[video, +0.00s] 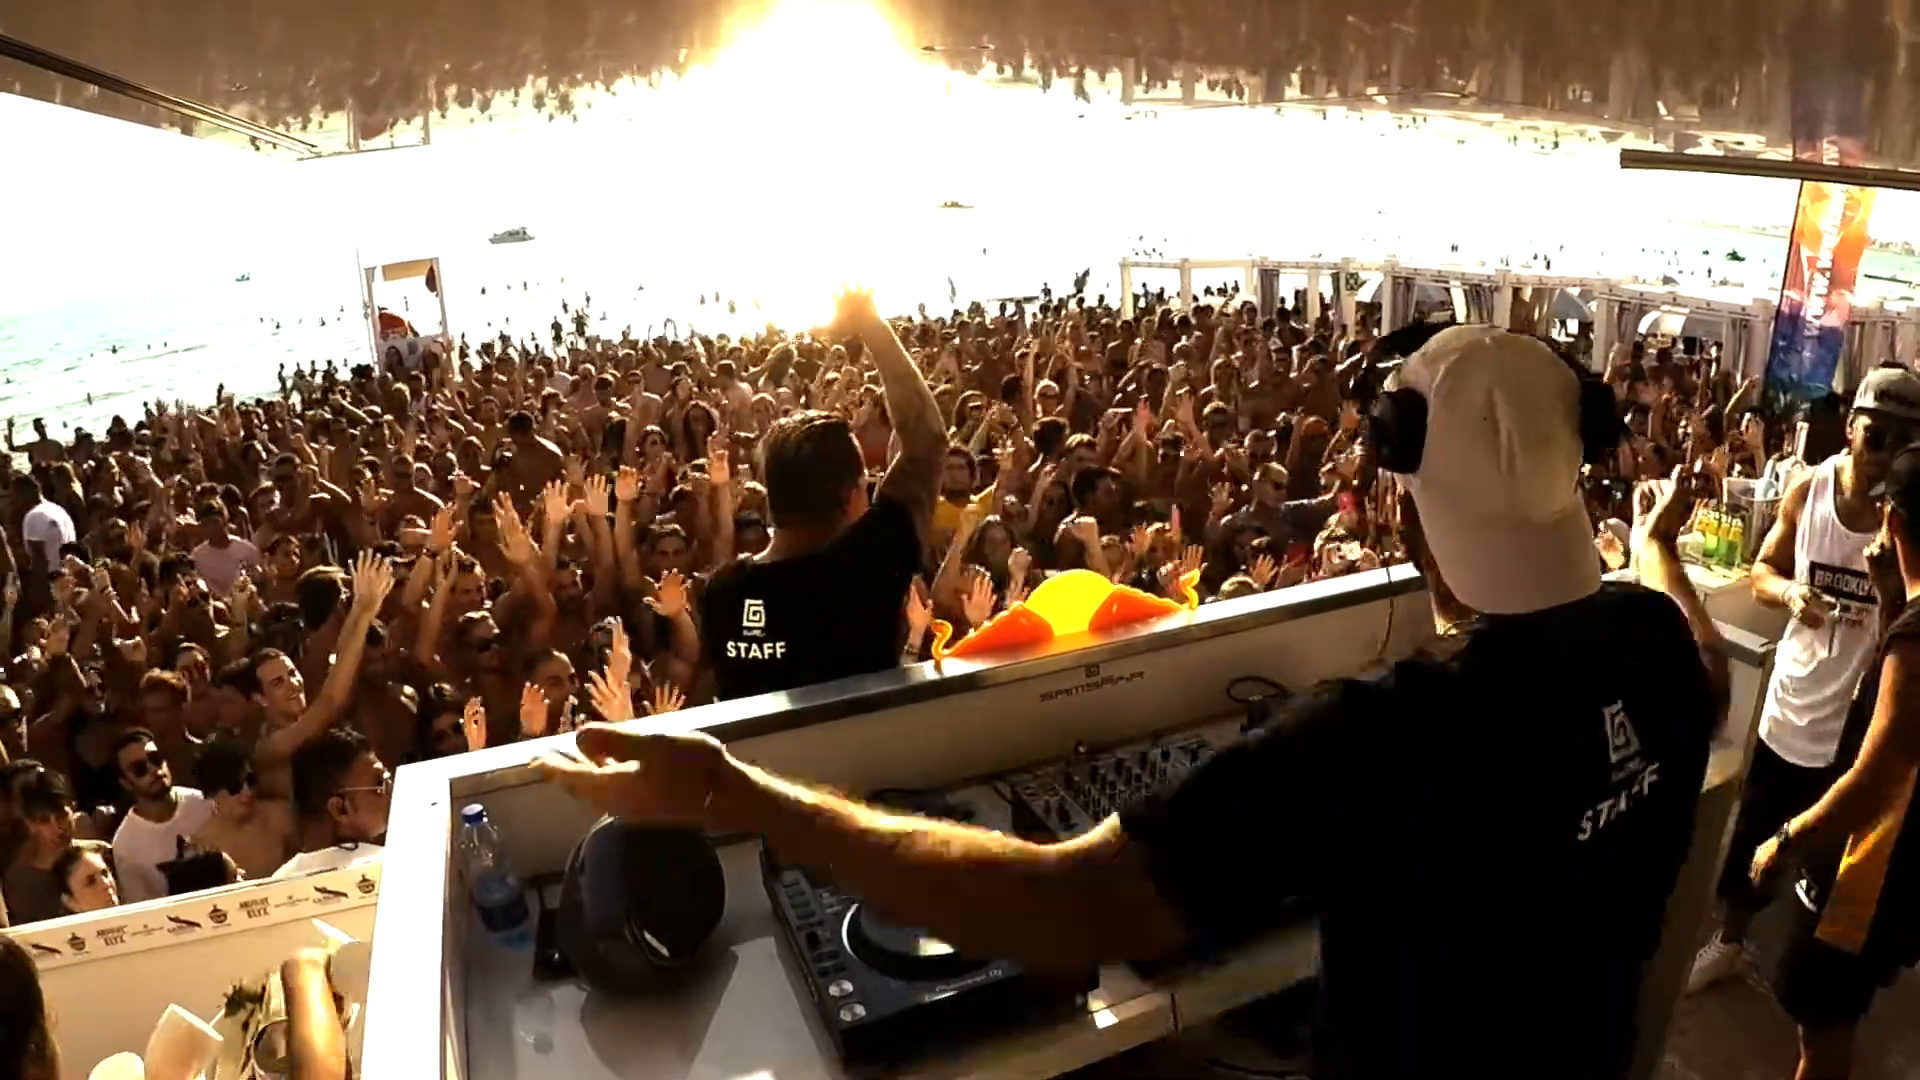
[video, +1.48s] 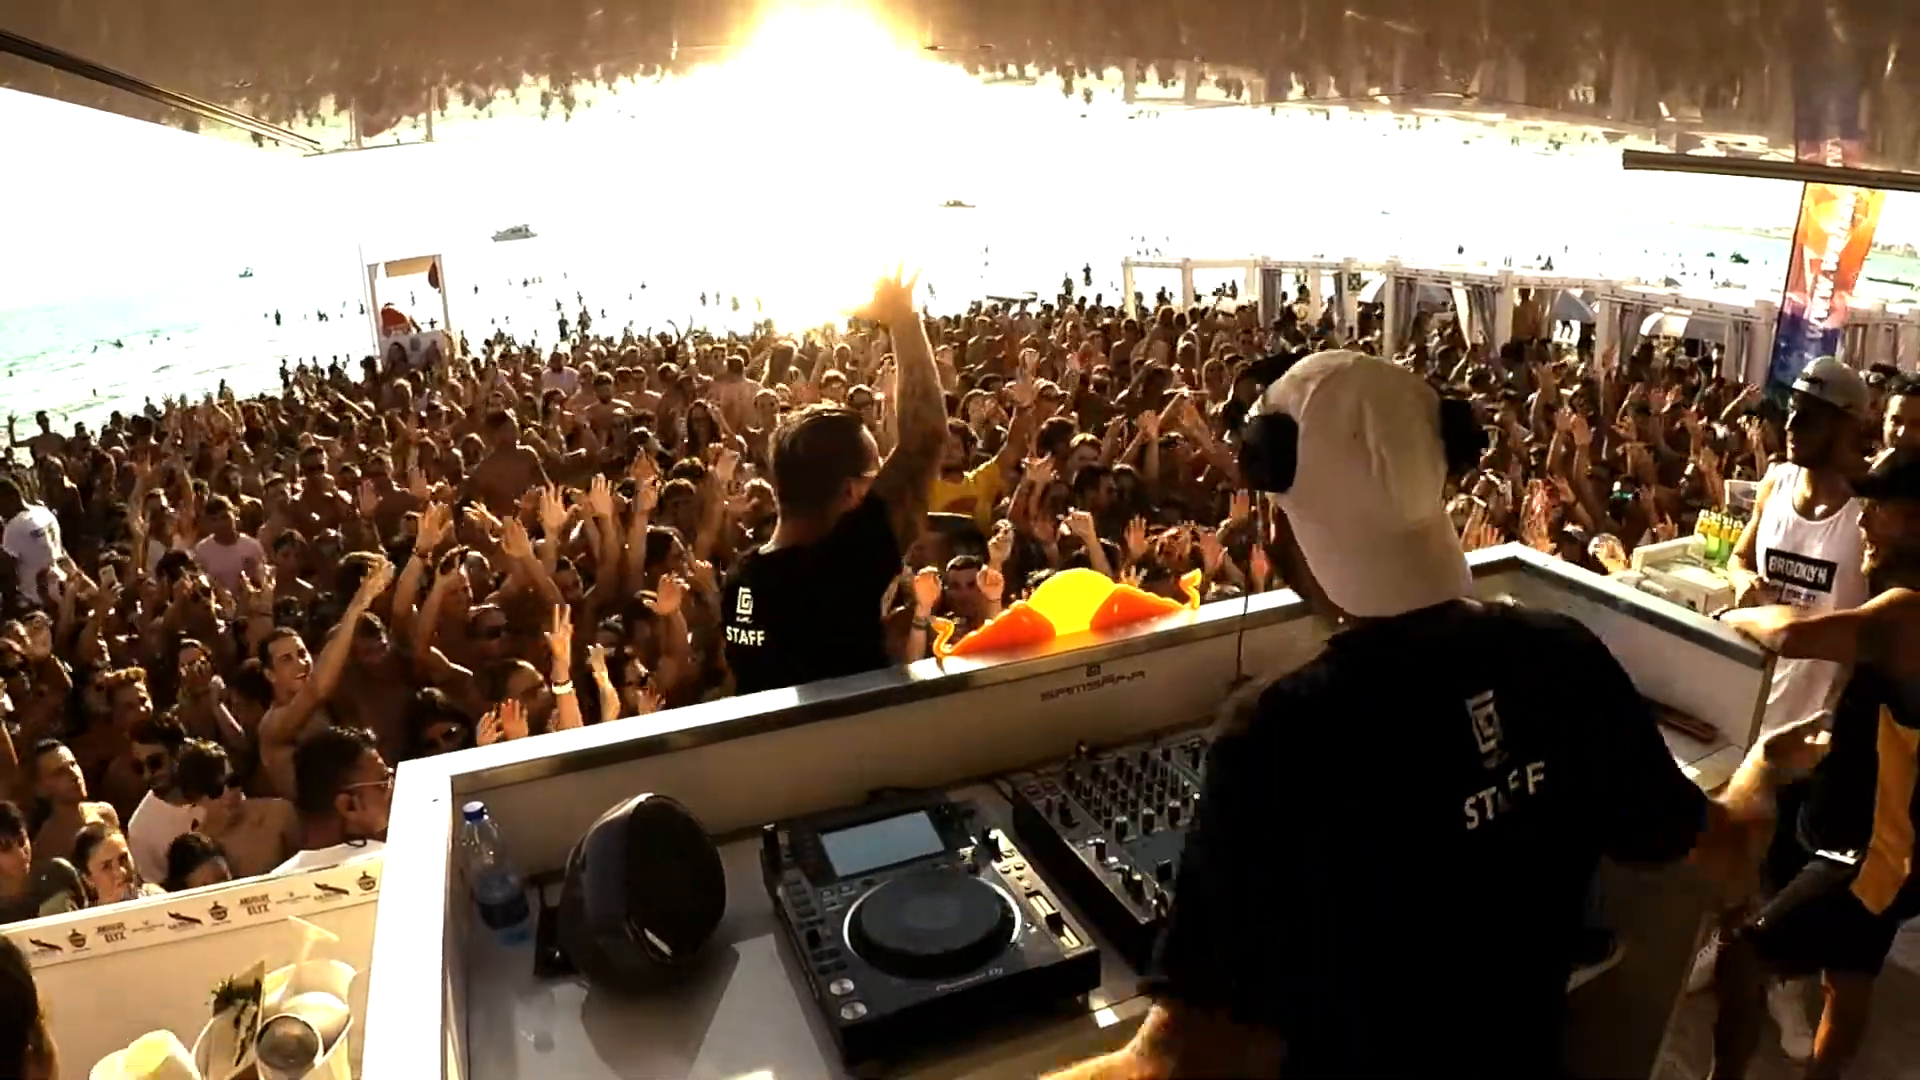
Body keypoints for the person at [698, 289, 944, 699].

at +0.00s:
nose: (868, 498)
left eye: (866, 485)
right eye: (865, 486)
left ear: (769, 496)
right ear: (849, 498)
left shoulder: (721, 592)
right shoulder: (868, 566)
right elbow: (925, 438)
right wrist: (869, 321)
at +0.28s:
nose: (877, 487)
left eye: (874, 477)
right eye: (873, 477)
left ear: (778, 492)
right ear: (858, 490)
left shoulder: (728, 588)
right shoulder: (873, 559)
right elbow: (927, 430)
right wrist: (884, 315)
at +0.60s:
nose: (883, 488)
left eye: (880, 477)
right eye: (880, 478)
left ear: (786, 489)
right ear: (868, 494)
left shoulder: (740, 592)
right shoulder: (878, 568)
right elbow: (924, 434)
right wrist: (886, 312)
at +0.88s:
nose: (884, 491)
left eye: (882, 480)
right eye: (881, 480)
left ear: (787, 491)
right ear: (864, 494)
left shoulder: (746, 588)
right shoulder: (877, 565)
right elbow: (935, 430)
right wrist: (896, 309)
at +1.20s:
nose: (884, 484)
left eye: (880, 473)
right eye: (877, 474)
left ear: (787, 488)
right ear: (856, 494)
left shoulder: (746, 586)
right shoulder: (865, 565)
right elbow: (932, 443)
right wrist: (910, 317)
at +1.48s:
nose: (879, 486)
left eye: (878, 475)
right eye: (874, 475)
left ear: (780, 486)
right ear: (853, 491)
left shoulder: (739, 583)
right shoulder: (850, 562)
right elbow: (923, 439)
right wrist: (904, 319)